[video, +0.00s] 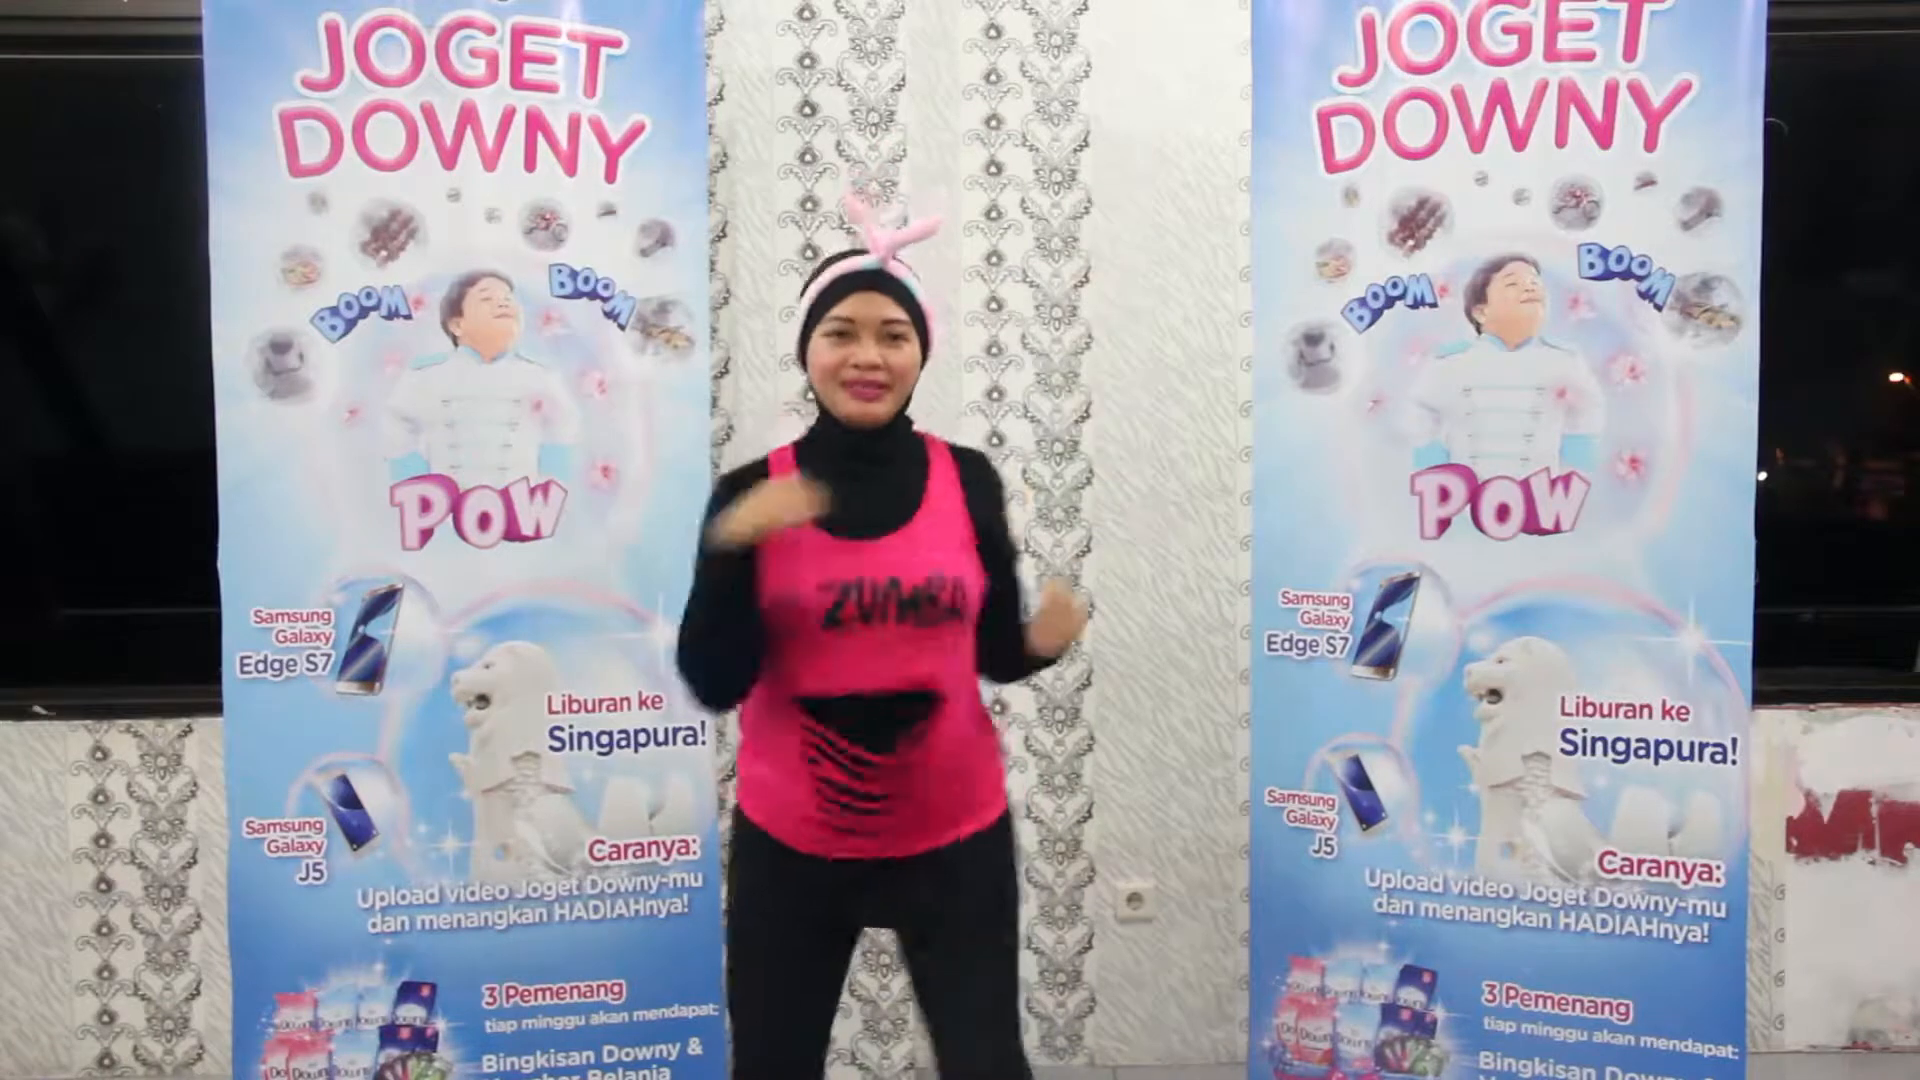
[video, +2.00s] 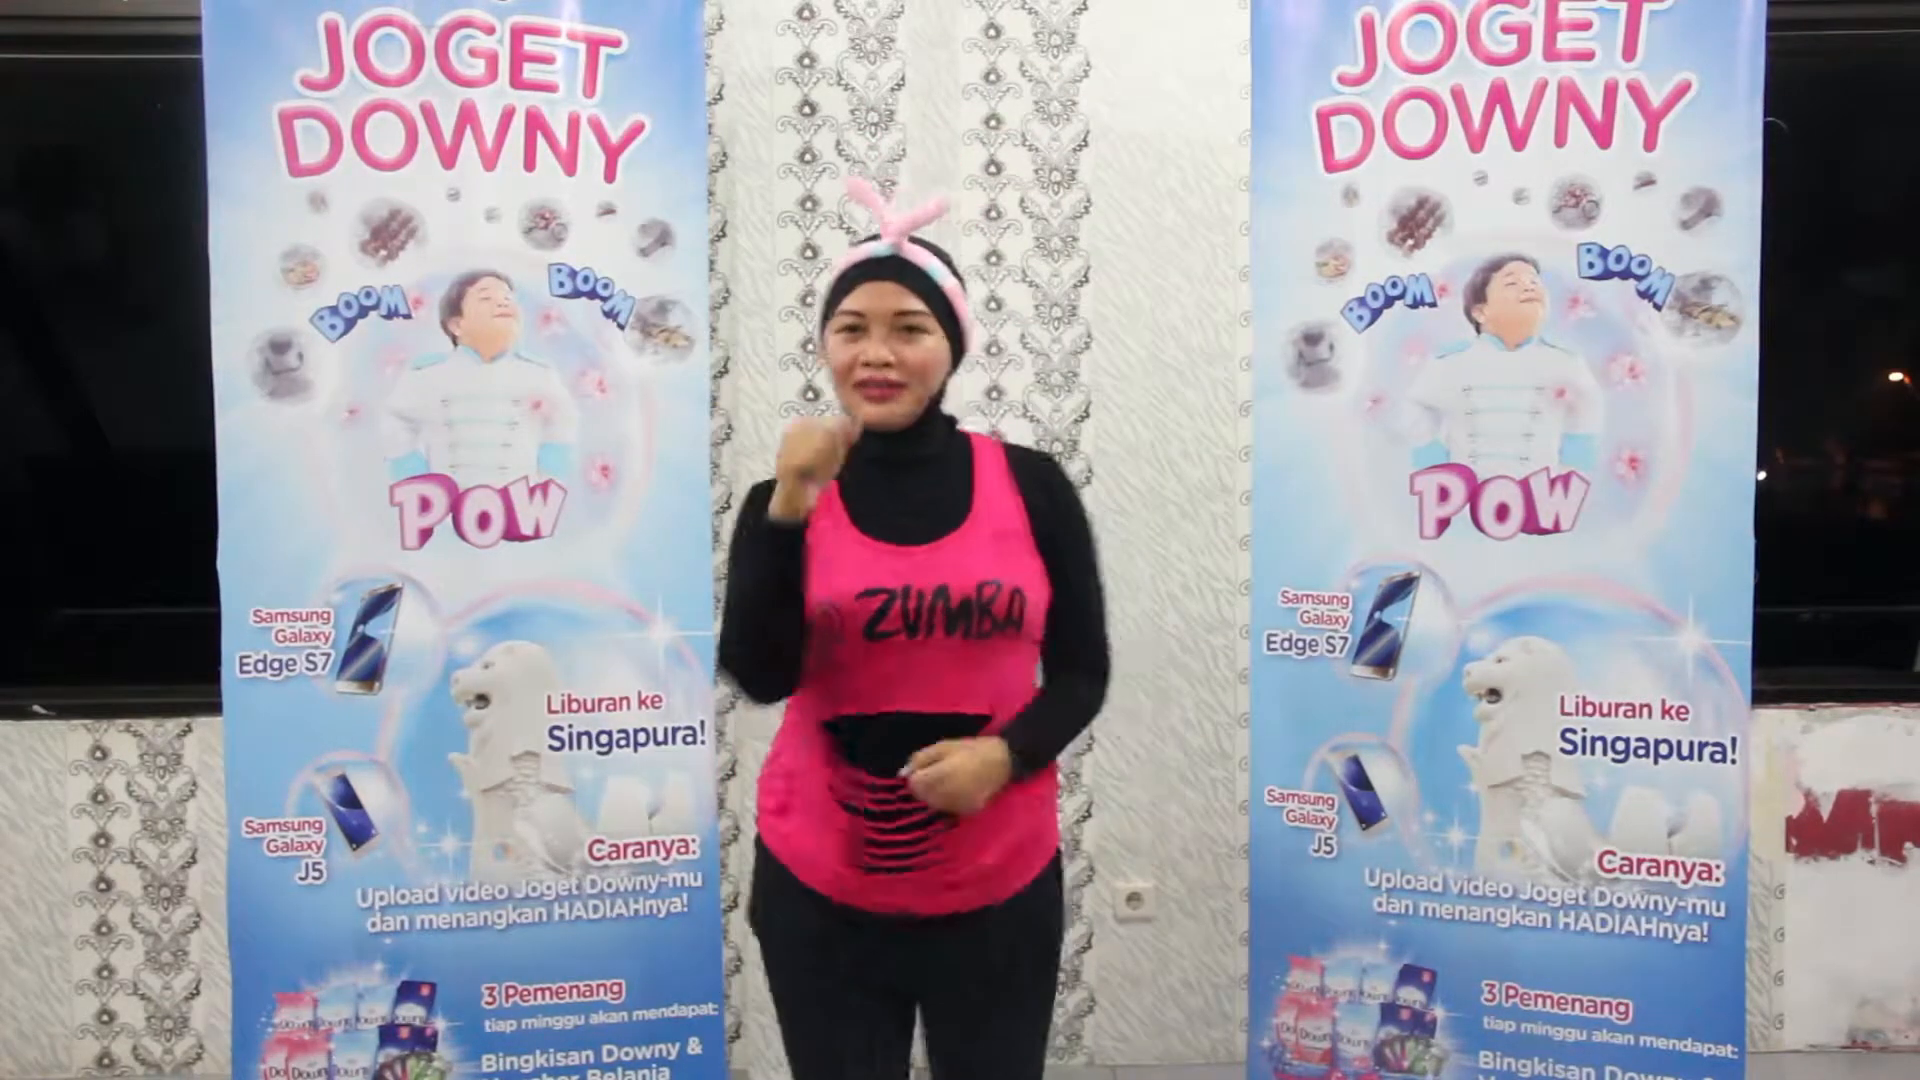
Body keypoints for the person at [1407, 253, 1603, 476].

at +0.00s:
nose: (1529, 287)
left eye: (1535, 281)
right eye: (1511, 283)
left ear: (1544, 299)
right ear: (1479, 311)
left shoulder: (1565, 363)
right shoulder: (1446, 365)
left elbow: (1584, 430)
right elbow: (1418, 421)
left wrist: (1566, 492)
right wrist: (1435, 481)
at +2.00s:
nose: (1529, 287)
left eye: (1534, 281)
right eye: (1511, 283)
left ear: (1545, 299)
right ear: (1479, 311)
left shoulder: (1565, 364)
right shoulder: (1447, 367)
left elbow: (1585, 426)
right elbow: (1413, 415)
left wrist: (1567, 483)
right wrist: (1435, 473)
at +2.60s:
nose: (1528, 287)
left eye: (1534, 281)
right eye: (1510, 282)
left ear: (1545, 300)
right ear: (1479, 311)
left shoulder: (1565, 365)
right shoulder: (1445, 367)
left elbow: (1583, 435)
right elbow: (1417, 424)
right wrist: (1437, 483)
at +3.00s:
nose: (1529, 287)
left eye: (1534, 281)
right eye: (1510, 283)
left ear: (1545, 300)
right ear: (1479, 311)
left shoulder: (1565, 365)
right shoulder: (1445, 367)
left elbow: (1583, 435)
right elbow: (1417, 425)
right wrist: (1437, 483)